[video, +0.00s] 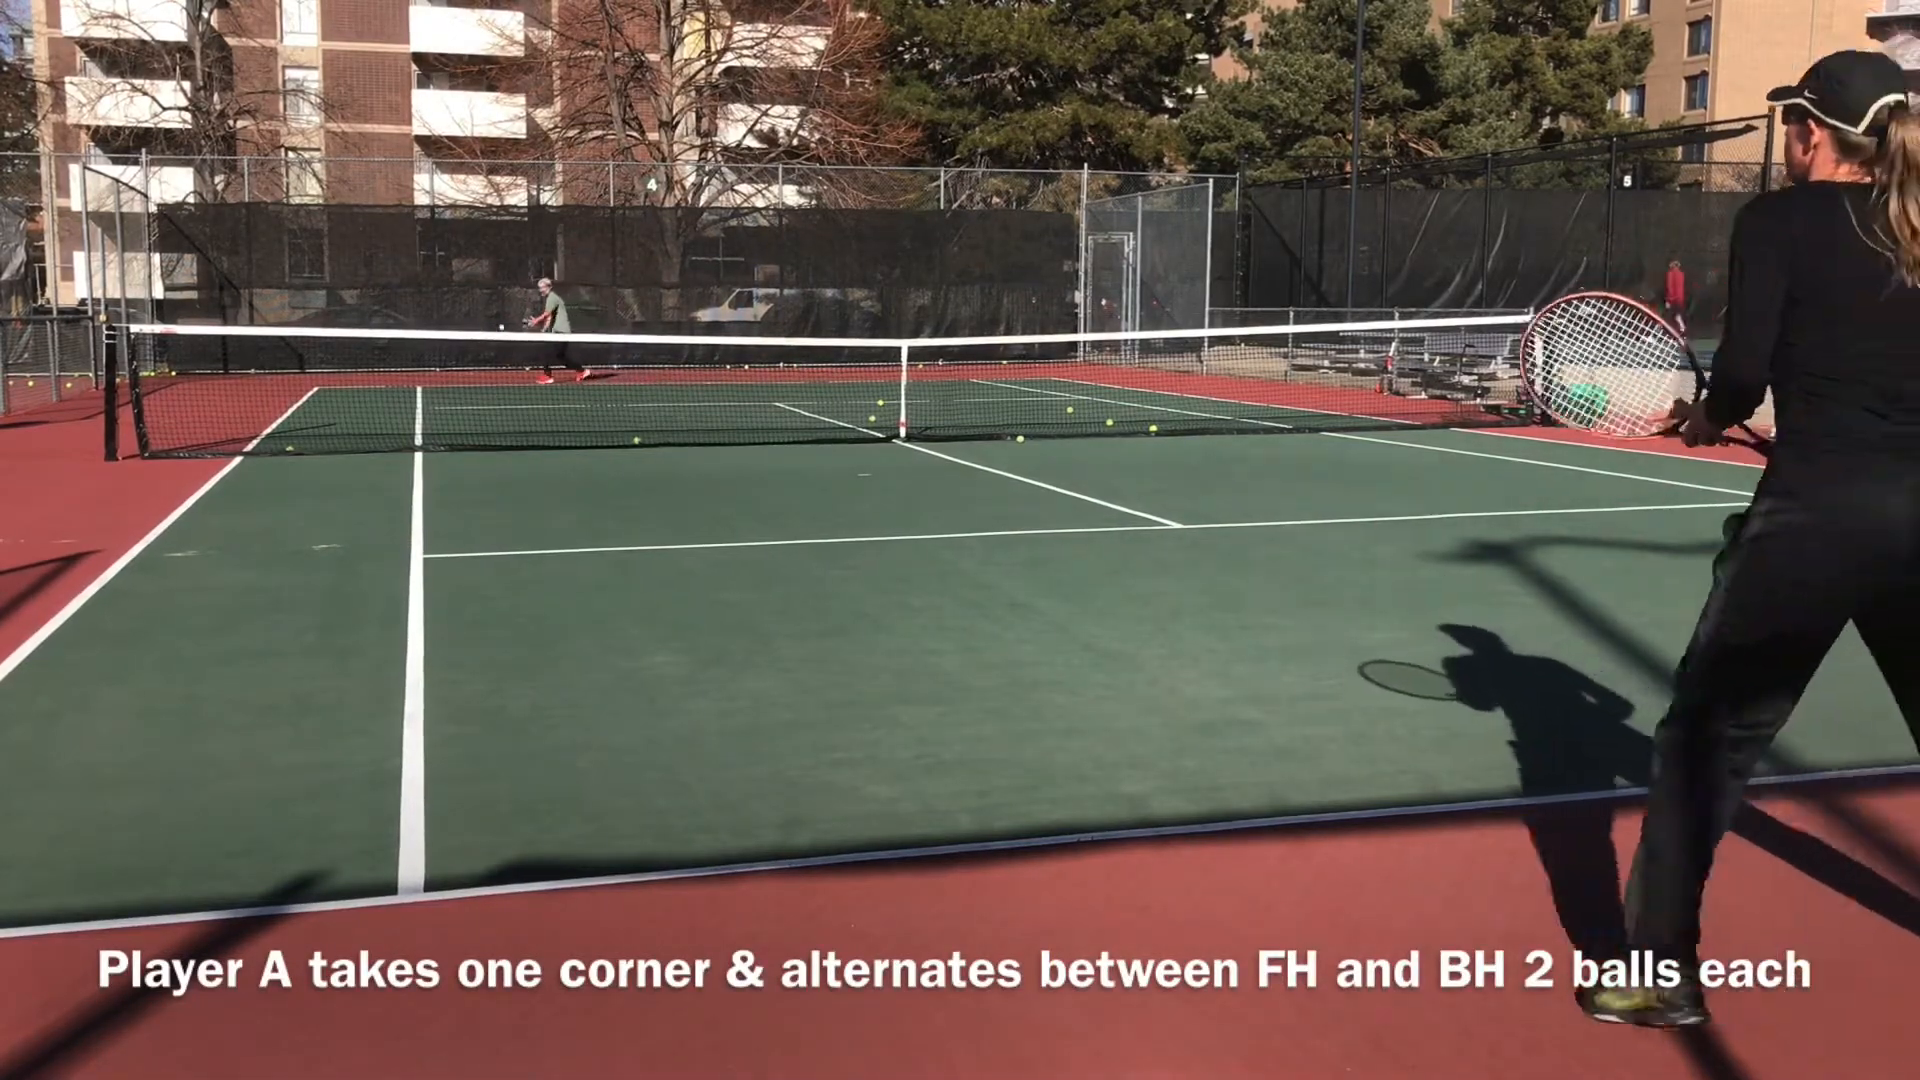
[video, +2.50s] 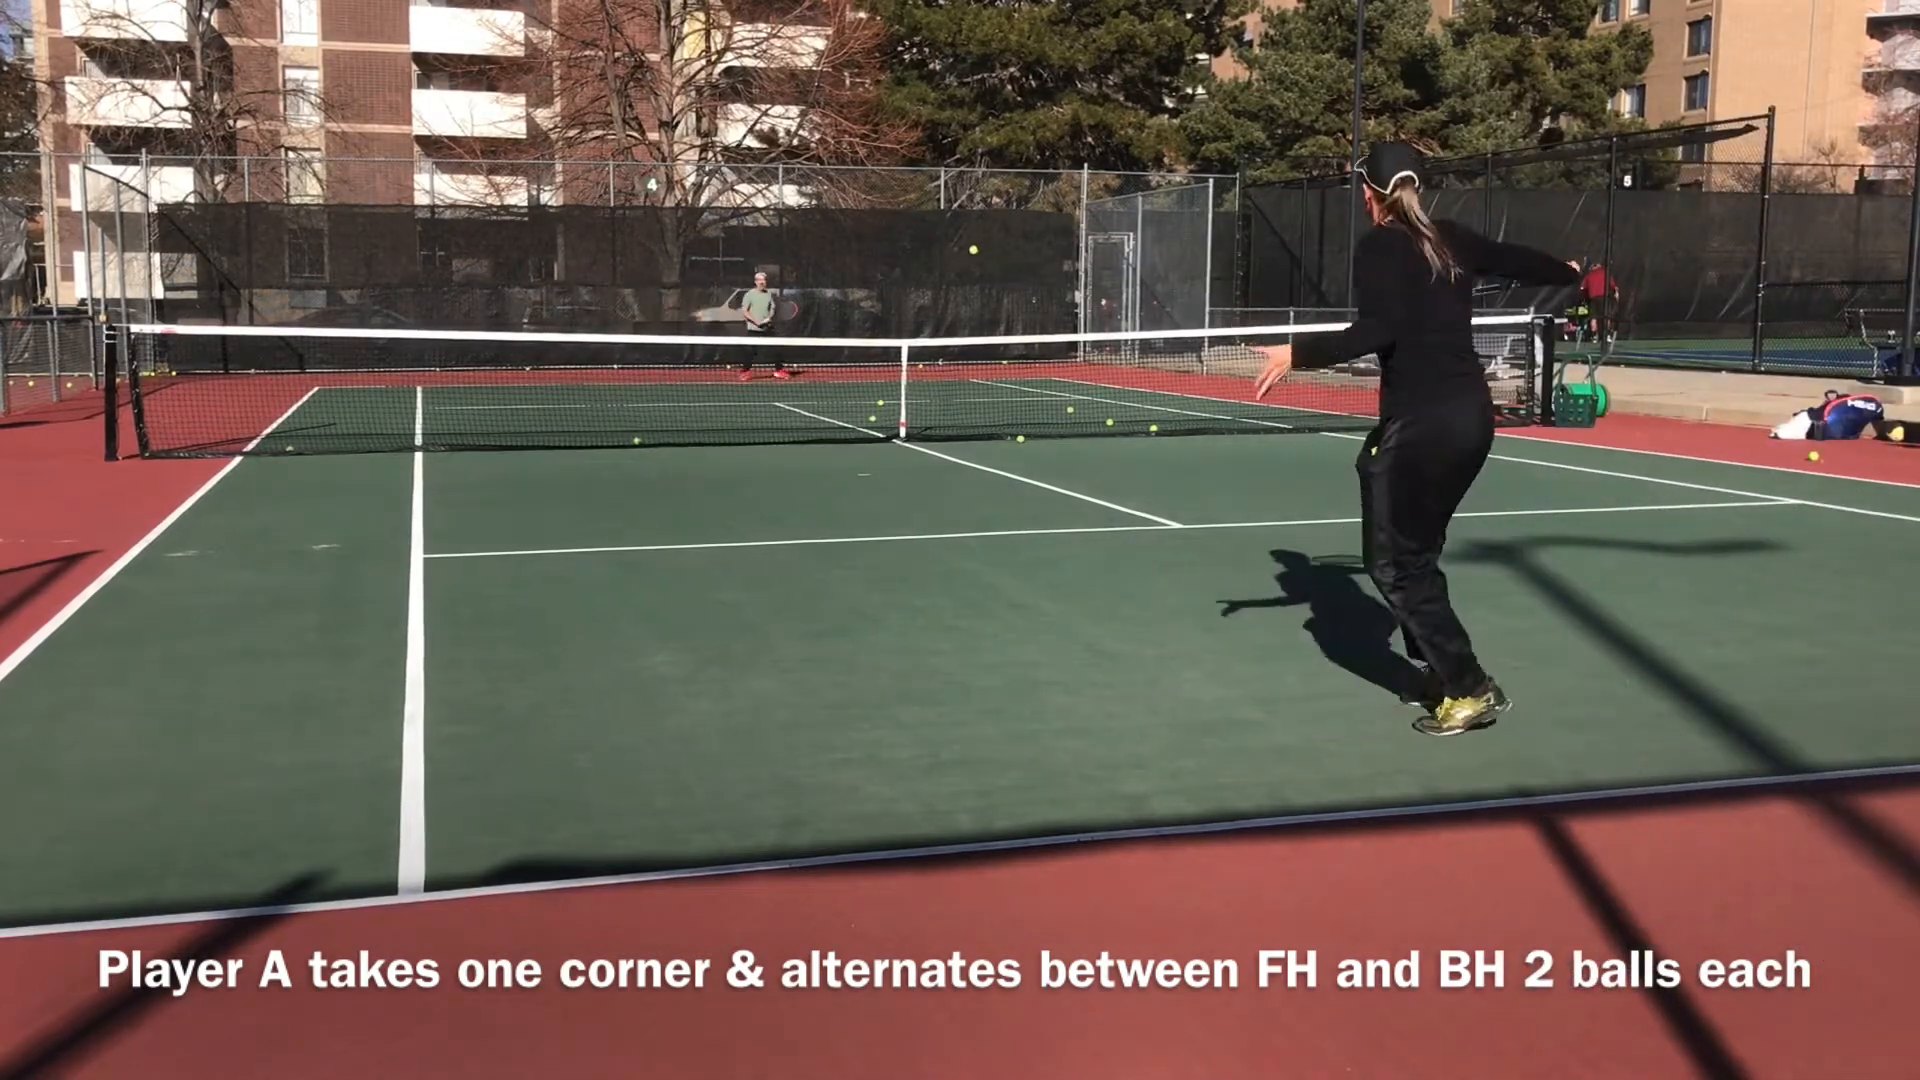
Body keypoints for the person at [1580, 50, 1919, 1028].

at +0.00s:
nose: (1786, 141)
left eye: (1793, 128)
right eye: (1792, 127)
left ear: (1821, 136)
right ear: (1881, 139)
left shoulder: (1781, 218)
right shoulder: (1912, 211)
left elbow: (1747, 368)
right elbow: (1885, 376)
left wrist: (1704, 415)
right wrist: (1772, 419)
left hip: (1817, 512)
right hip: (1908, 516)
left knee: (1706, 730)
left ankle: (1658, 966)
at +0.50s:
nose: (1662, 179)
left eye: (1665, 164)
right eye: (1664, 163)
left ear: (1691, 170)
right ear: (1758, 167)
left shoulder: (1666, 255)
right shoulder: (1833, 261)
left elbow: (1668, 407)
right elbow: (1899, 392)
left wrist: (1630, 465)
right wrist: (1838, 477)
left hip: (1733, 531)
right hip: (1854, 532)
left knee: (1614, 770)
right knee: (1814, 747)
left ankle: (1588, 1012)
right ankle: (1903, 951)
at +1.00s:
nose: (1630, 262)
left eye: (1631, 242)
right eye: (1628, 244)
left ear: (1664, 236)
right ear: (1696, 233)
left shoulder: (1731, 306)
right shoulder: (1750, 305)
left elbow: (1820, 426)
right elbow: (1758, 464)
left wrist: (1689, 470)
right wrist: (1681, 554)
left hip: (1795, 568)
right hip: (1864, 574)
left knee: (1614, 703)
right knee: (1828, 790)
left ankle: (1653, 938)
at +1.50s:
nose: (1411, 249)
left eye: (1422, 236)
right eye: (1406, 238)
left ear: (1454, 240)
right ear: (1408, 250)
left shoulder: (1497, 278)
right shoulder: (1430, 309)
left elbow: (1574, 279)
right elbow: (1400, 376)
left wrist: (1476, 227)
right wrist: (1381, 324)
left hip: (1555, 488)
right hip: (1511, 498)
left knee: (1553, 678)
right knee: (1432, 583)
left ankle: (1625, 864)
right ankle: (1446, 731)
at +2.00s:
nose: (1246, 341)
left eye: (1245, 329)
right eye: (1241, 333)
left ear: (1271, 314)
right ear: (1275, 315)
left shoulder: (1314, 325)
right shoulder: (1328, 329)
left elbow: (1358, 383)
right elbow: (1378, 399)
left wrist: (1341, 443)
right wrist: (1365, 469)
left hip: (1428, 463)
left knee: (1390, 620)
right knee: (1341, 561)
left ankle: (1521, 709)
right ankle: (1347, 707)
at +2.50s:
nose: (1361, 198)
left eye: (1363, 189)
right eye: (1363, 188)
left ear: (1375, 195)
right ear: (1414, 191)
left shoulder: (1379, 247)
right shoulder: (1449, 238)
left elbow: (1378, 330)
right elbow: (1515, 261)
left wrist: (1300, 354)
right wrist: (1572, 272)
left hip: (1421, 421)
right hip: (1470, 416)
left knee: (1398, 564)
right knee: (1416, 548)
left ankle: (1468, 690)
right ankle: (1441, 666)